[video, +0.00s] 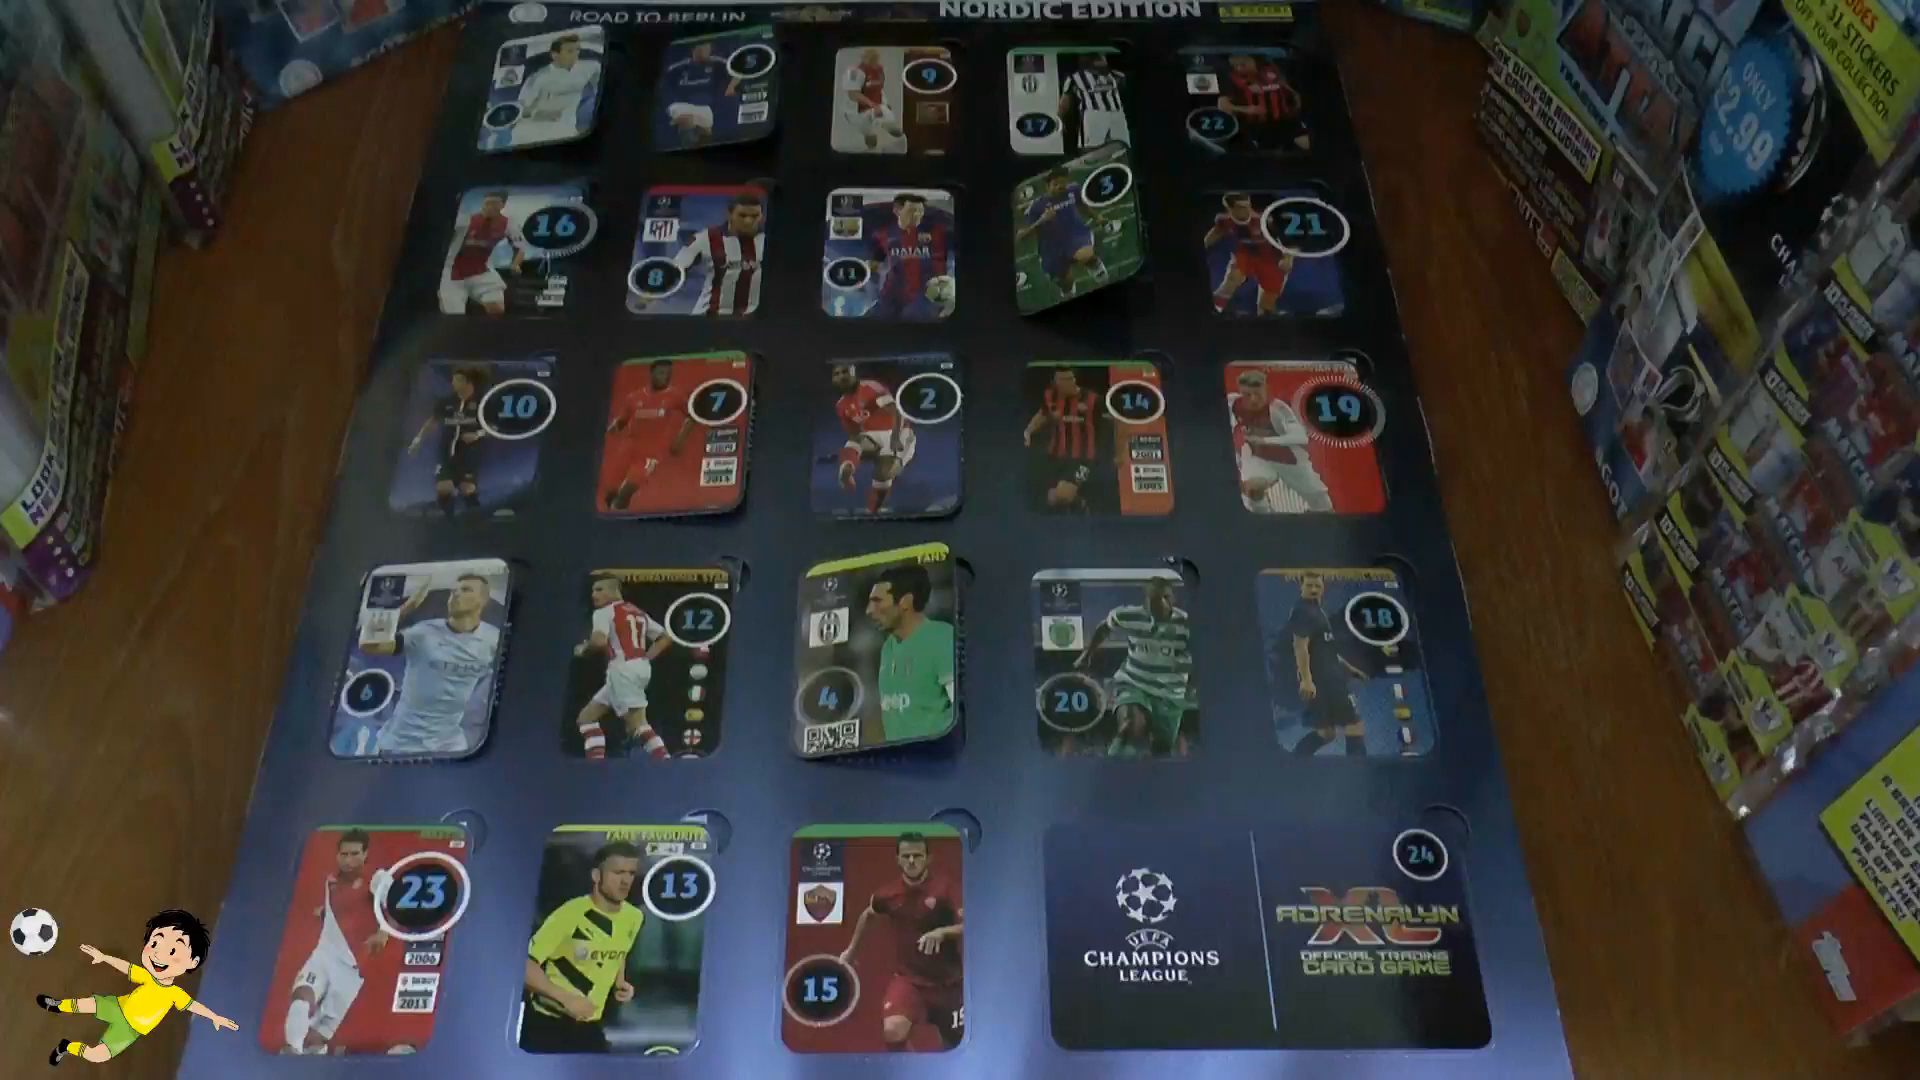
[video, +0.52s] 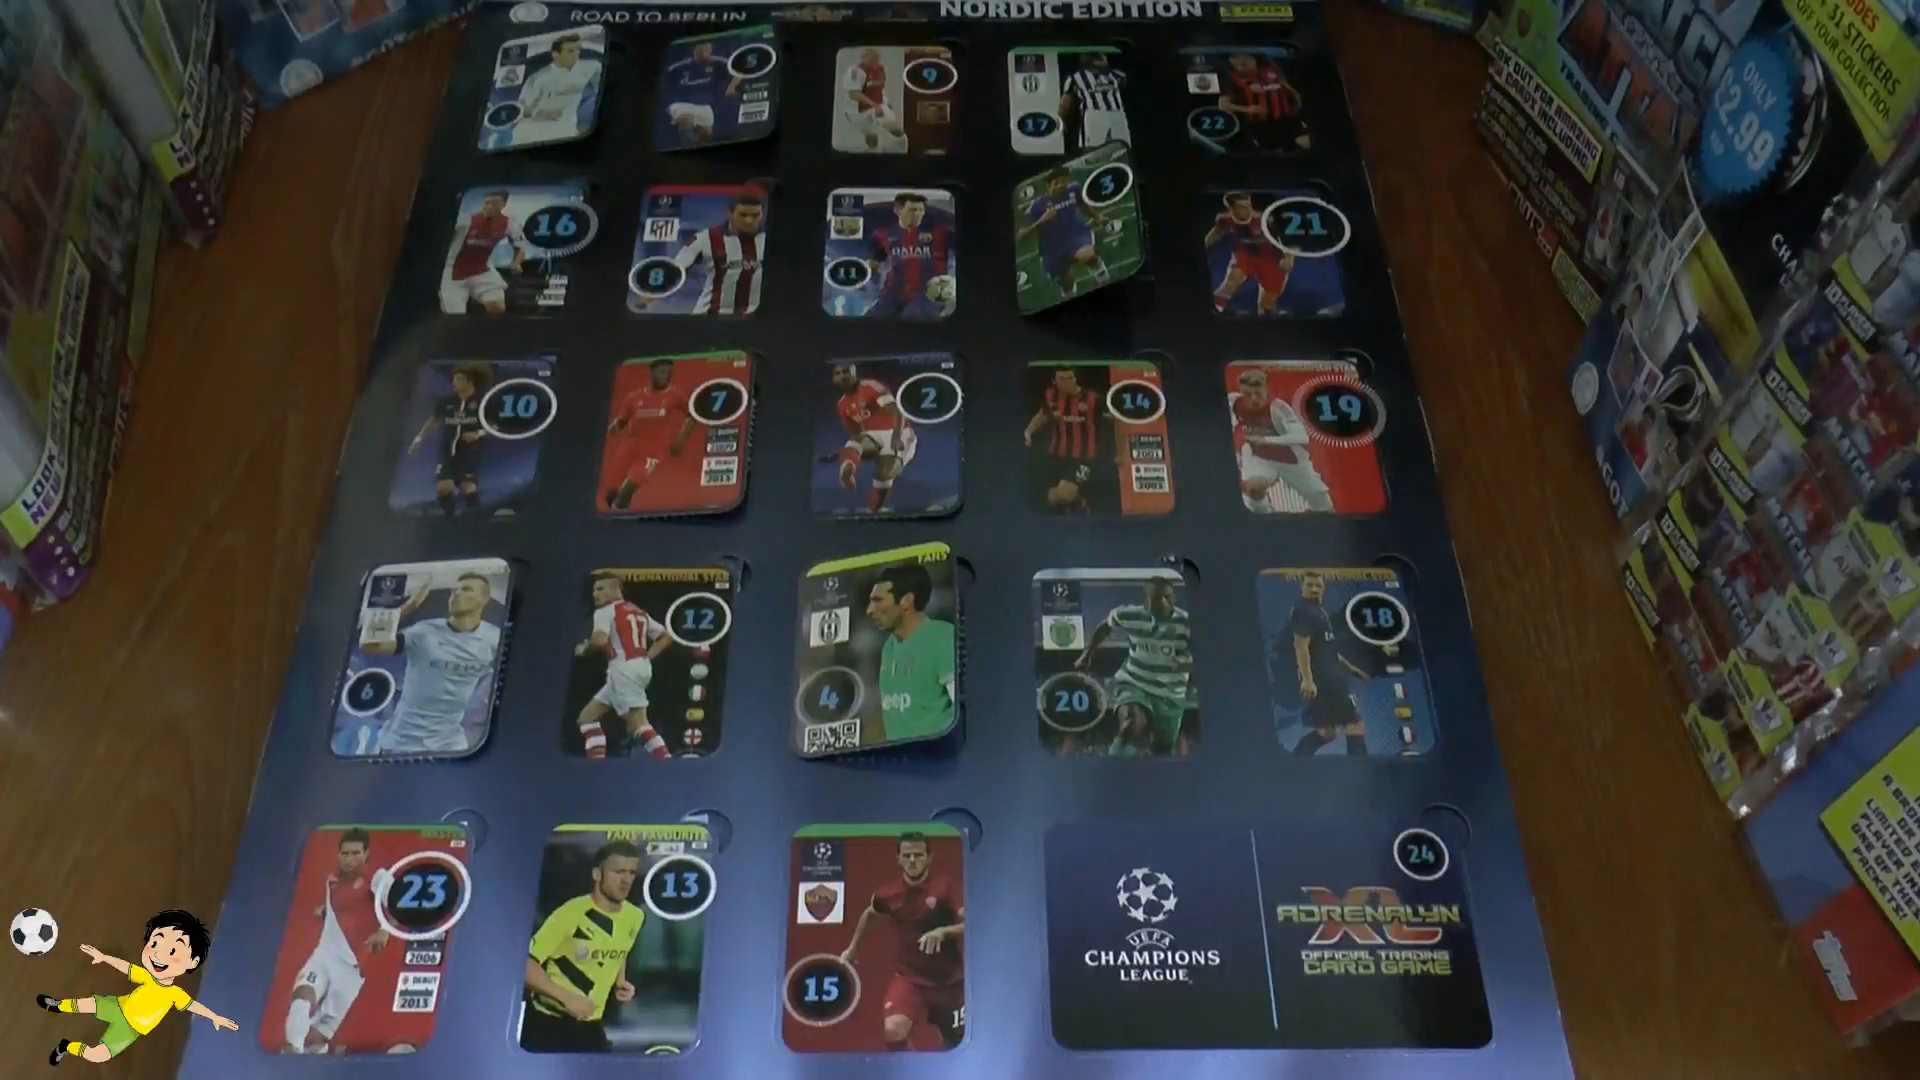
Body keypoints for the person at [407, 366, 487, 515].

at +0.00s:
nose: (455, 384)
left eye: (459, 380)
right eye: (454, 380)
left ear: (468, 383)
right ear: (452, 382)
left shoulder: (479, 404)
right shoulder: (446, 403)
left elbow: (491, 425)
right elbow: (432, 422)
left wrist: (477, 435)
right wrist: (418, 439)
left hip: (469, 453)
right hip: (447, 452)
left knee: (467, 488)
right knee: (443, 488)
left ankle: (476, 519)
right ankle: (450, 519)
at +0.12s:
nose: (455, 384)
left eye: (459, 380)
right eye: (454, 380)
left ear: (469, 384)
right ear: (452, 382)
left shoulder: (479, 404)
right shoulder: (446, 403)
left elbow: (491, 425)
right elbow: (431, 422)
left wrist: (476, 435)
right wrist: (418, 440)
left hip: (468, 453)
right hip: (447, 453)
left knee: (468, 488)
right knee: (442, 488)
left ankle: (476, 521)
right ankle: (449, 519)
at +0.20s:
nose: (455, 383)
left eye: (459, 380)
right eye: (454, 380)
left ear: (469, 383)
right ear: (452, 382)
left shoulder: (479, 404)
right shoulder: (446, 403)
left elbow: (491, 425)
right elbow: (432, 421)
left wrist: (476, 435)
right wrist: (417, 441)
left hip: (469, 453)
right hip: (447, 453)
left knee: (468, 488)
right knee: (443, 489)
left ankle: (477, 521)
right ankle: (449, 520)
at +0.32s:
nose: (455, 383)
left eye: (459, 379)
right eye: (454, 379)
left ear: (469, 383)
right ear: (452, 382)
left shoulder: (479, 404)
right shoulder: (446, 403)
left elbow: (492, 425)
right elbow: (432, 421)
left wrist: (477, 434)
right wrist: (418, 440)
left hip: (469, 452)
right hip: (447, 452)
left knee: (468, 487)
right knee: (443, 487)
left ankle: (477, 520)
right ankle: (449, 520)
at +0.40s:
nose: (455, 383)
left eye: (459, 379)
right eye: (454, 379)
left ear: (469, 383)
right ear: (452, 382)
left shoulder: (480, 404)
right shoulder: (446, 403)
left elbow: (492, 424)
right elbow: (432, 421)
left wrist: (477, 434)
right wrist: (418, 440)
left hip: (469, 452)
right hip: (447, 452)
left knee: (468, 487)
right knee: (443, 487)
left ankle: (477, 520)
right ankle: (449, 520)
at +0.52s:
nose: (454, 383)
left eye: (459, 379)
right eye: (454, 379)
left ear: (469, 383)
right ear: (453, 382)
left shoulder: (480, 403)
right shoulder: (446, 402)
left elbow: (492, 424)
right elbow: (433, 421)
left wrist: (477, 434)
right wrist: (418, 440)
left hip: (468, 451)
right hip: (447, 452)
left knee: (468, 487)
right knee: (443, 487)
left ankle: (477, 520)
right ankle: (450, 520)